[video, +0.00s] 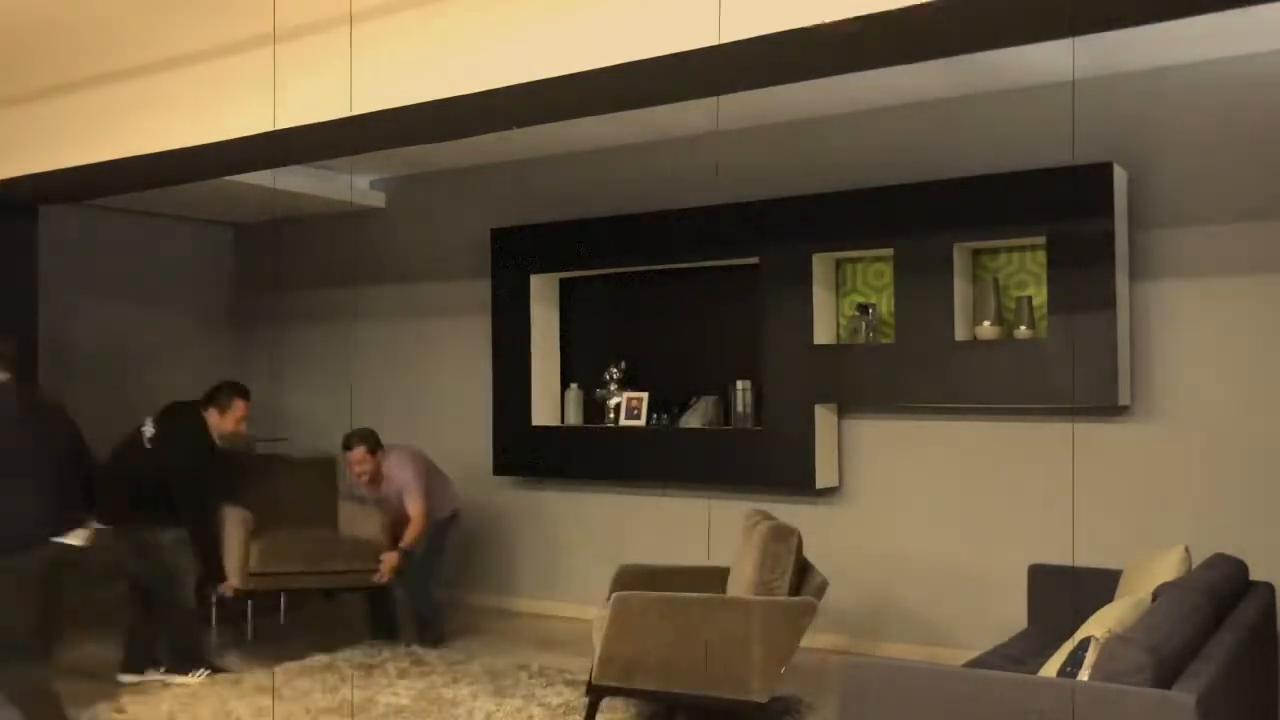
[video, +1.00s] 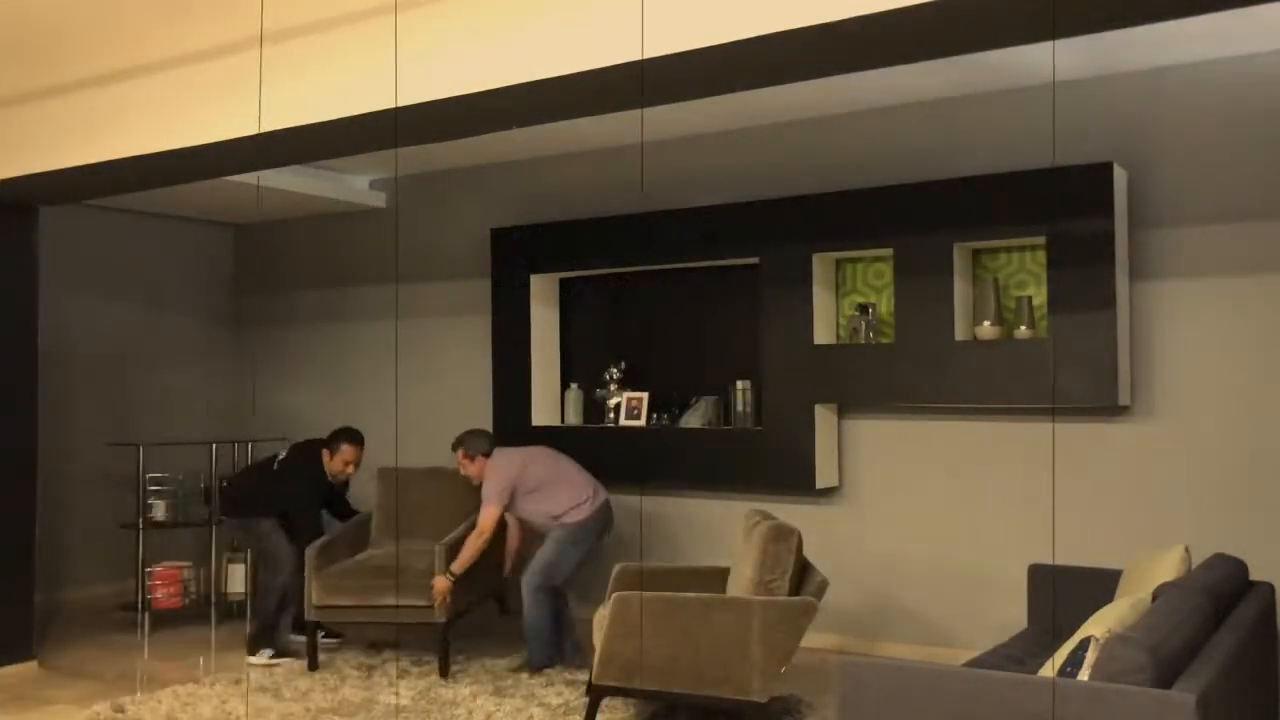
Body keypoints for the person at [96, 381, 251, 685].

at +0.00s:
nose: (242, 429)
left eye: (245, 420)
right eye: (239, 419)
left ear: (214, 411)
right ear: (218, 412)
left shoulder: (181, 416)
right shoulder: (196, 447)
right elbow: (200, 516)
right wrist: (216, 572)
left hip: (126, 503)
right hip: (149, 511)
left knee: (148, 584)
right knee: (180, 578)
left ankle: (136, 661)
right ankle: (186, 660)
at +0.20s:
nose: (286, 457)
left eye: (288, 450)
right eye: (283, 449)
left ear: (260, 438)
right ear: (260, 441)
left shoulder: (232, 437)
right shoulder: (239, 471)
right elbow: (240, 540)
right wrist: (261, 596)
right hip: (158, 522)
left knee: (206, 568)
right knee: (218, 577)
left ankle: (183, 638)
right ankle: (190, 662)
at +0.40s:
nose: (304, 457)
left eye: (306, 450)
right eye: (301, 449)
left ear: (279, 438)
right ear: (280, 441)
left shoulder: (254, 438)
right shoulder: (258, 462)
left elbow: (253, 505)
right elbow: (255, 527)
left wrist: (281, 525)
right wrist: (272, 586)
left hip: (175, 504)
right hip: (189, 513)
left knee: (208, 570)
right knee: (238, 572)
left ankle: (181, 643)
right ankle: (218, 653)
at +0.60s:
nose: (336, 464)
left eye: (340, 457)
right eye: (335, 456)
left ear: (315, 443)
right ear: (316, 446)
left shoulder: (291, 441)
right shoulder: (291, 469)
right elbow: (281, 534)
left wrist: (305, 519)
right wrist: (287, 588)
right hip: (213, 518)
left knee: (239, 571)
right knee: (274, 563)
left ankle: (189, 631)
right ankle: (267, 643)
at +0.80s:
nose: (353, 454)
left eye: (356, 448)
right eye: (350, 447)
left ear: (332, 436)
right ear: (332, 438)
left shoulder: (311, 442)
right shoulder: (311, 459)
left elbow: (313, 501)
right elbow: (302, 513)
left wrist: (335, 530)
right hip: (235, 509)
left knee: (280, 554)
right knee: (284, 559)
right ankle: (271, 642)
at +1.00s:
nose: (350, 471)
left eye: (355, 465)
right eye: (347, 463)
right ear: (330, 454)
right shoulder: (303, 471)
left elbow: (337, 506)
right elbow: (310, 540)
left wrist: (367, 526)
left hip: (271, 508)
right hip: (245, 507)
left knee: (302, 558)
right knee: (281, 561)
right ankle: (260, 645)